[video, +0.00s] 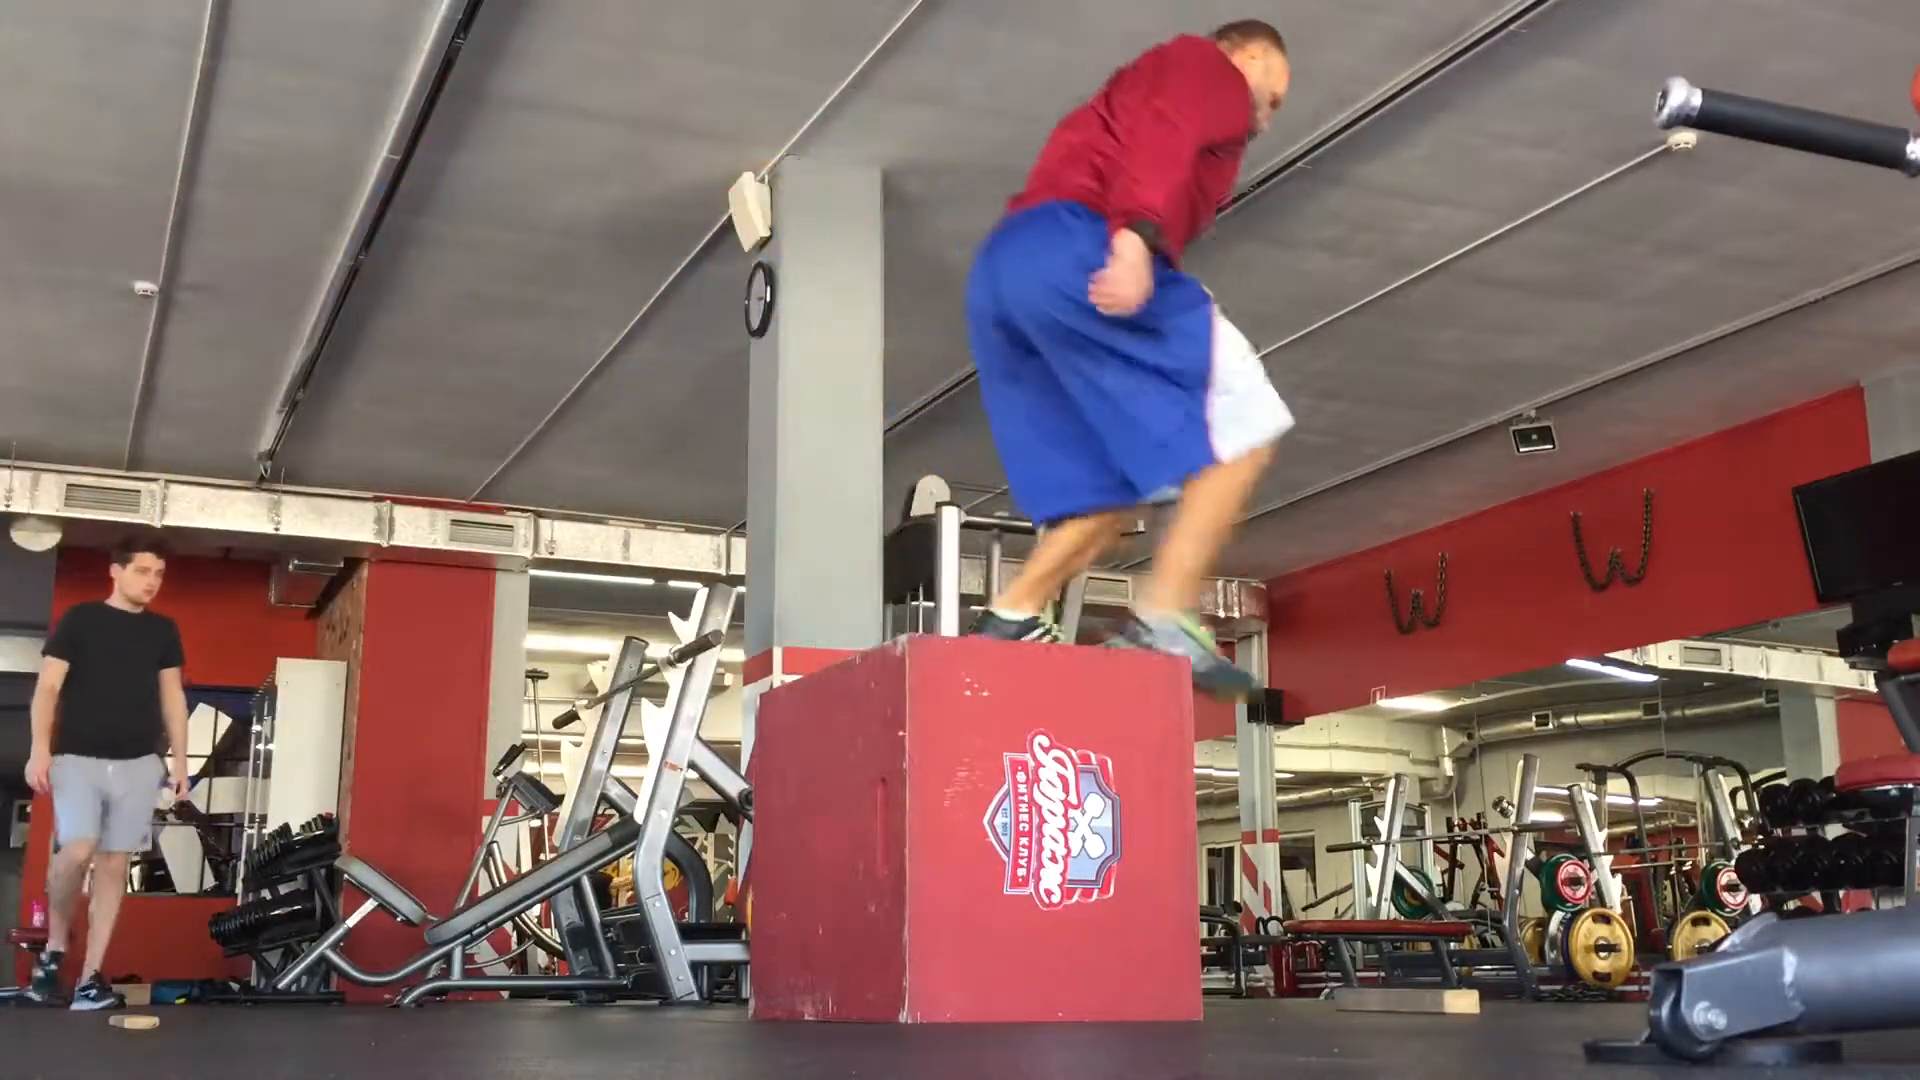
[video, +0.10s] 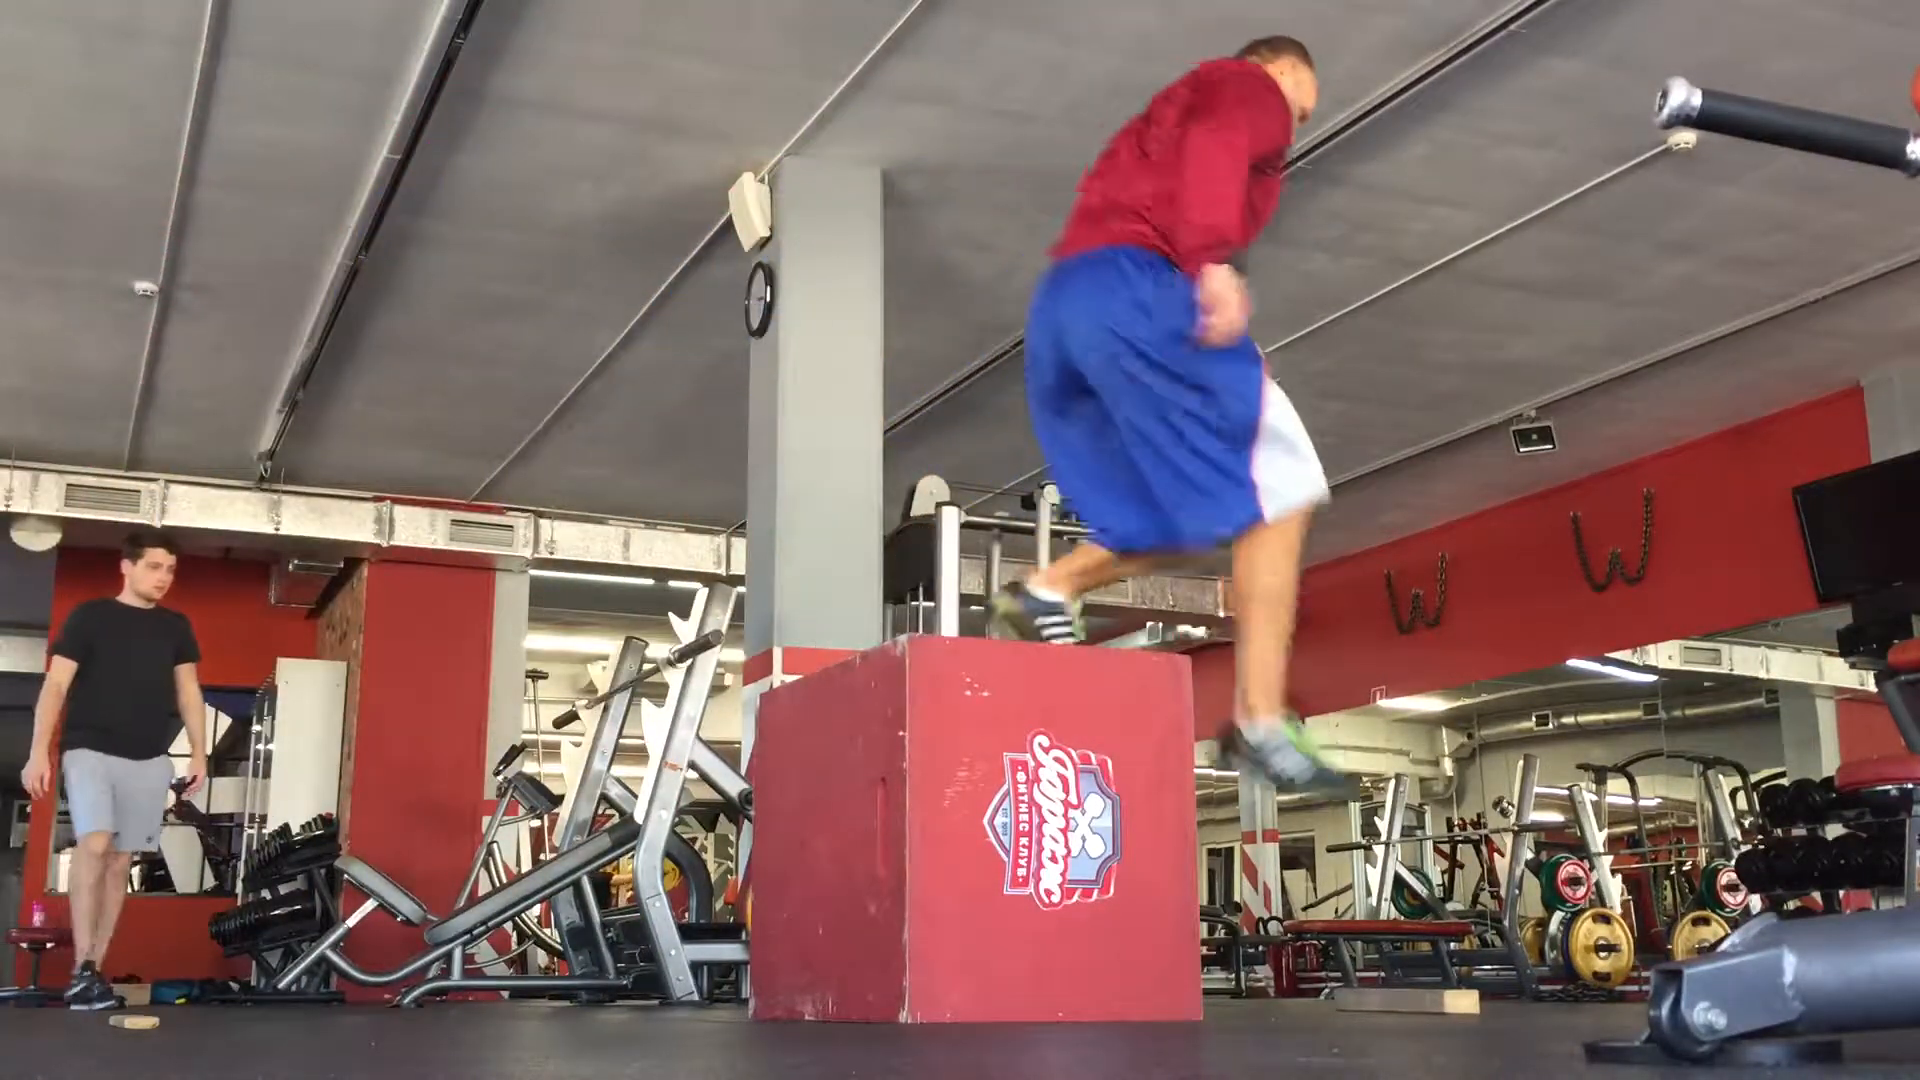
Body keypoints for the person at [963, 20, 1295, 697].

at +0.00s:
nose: (1270, 114)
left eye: (1277, 104)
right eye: (1274, 94)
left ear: (1227, 49)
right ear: (1251, 56)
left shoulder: (1149, 80)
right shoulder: (1212, 67)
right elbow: (1165, 130)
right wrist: (1137, 237)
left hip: (999, 272)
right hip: (1074, 244)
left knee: (1112, 483)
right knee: (1249, 428)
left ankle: (1012, 615)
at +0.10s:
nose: (1298, 123)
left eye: (1303, 114)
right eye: (1300, 106)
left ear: (1247, 62)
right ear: (1281, 71)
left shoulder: (1178, 106)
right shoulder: (1254, 85)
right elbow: (1215, 146)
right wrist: (1215, 260)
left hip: (1060, 304)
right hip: (1132, 285)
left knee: (1187, 502)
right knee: (1282, 489)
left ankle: (1049, 588)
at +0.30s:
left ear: (1264, 200)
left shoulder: (1209, 259)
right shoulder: (1323, 217)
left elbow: (1127, 289)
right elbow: (1354, 150)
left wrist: (1209, 359)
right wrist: (1410, 256)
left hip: (1207, 488)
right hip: (1291, 476)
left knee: (1306, 718)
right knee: (1320, 728)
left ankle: (1280, 942)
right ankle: (1279, 961)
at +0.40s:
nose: (1424, 284)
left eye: (1421, 273)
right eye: (1420, 270)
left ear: (1346, 268)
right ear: (1390, 262)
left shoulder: (1267, 346)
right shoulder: (1397, 302)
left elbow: (1174, 440)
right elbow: (1460, 335)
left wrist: (1231, 546)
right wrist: (1511, 445)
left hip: (1272, 565)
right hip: (1357, 562)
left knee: (1411, 772)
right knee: (1377, 775)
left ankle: (1497, 949)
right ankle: (1274, 961)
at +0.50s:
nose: (1445, 306)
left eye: (1440, 294)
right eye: (1443, 293)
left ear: (1364, 301)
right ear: (1432, 290)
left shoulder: (1302, 386)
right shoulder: (1458, 345)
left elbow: (1271, 518)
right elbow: (1500, 456)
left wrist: (1296, 634)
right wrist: (1539, 564)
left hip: (1350, 602)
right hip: (1443, 591)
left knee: (1473, 794)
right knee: (1428, 794)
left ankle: (1530, 968)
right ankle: (1305, 927)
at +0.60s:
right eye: (1457, 290)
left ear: (1386, 298)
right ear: (1464, 289)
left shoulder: (1342, 380)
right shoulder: (1518, 339)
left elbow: (1316, 504)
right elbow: (1588, 455)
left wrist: (1358, 608)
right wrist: (1534, 534)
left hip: (1403, 591)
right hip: (1502, 577)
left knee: (1482, 780)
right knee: (1549, 782)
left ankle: (1528, 966)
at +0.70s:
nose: (1403, 302)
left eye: (1403, 290)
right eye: (1405, 290)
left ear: (1417, 282)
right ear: (1481, 280)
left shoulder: (1384, 363)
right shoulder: (1570, 336)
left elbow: (1363, 479)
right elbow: (1646, 443)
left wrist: (1388, 576)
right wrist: (1586, 516)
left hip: (1456, 590)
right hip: (1572, 581)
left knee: (1486, 773)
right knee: (1613, 764)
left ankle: (1528, 970)